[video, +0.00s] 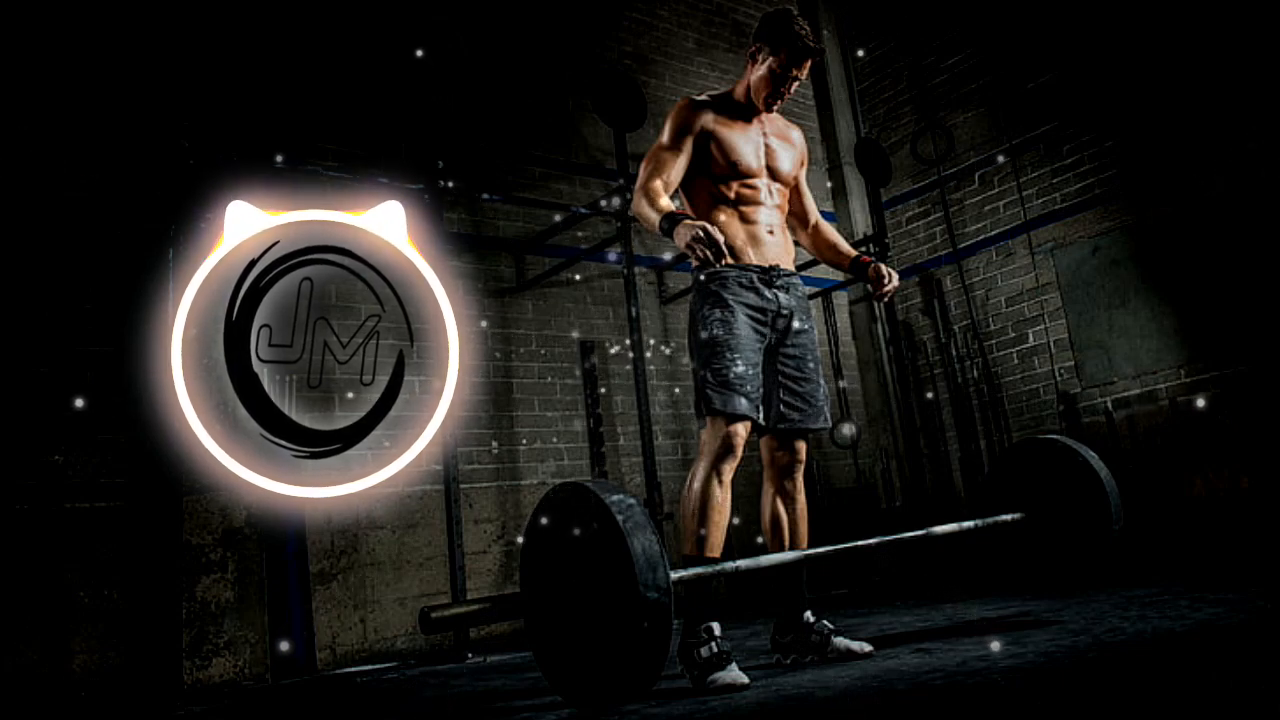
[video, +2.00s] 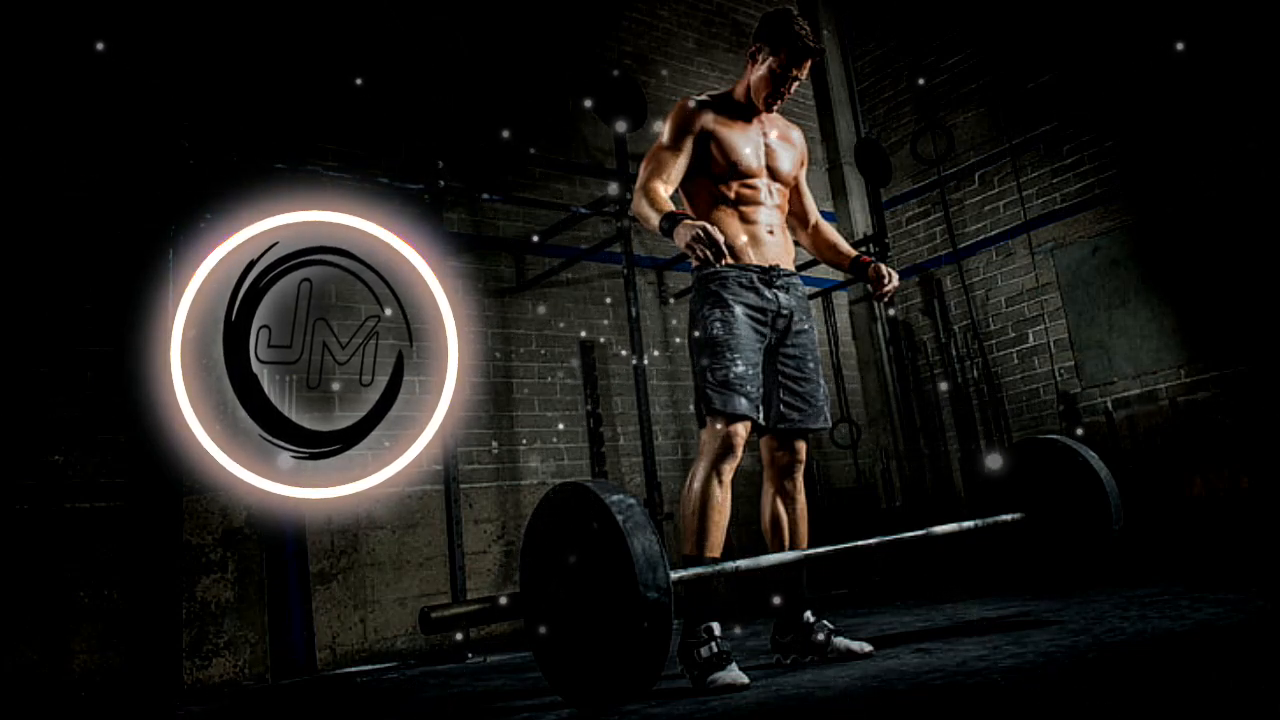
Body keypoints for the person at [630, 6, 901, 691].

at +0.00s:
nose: (789, 89)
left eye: (799, 79)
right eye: (787, 73)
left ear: (801, 76)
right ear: (756, 57)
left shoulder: (792, 137)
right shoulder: (698, 115)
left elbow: (808, 224)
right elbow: (646, 197)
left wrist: (860, 264)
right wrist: (675, 226)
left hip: (790, 297)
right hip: (730, 293)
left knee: (790, 455)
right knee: (730, 438)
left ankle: (797, 624)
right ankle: (699, 634)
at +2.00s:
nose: (788, 90)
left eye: (798, 80)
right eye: (785, 75)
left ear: (800, 77)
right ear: (756, 58)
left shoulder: (792, 136)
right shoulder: (697, 117)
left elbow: (808, 224)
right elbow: (645, 197)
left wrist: (861, 265)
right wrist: (676, 225)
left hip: (790, 297)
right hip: (730, 292)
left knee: (790, 455)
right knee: (729, 437)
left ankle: (796, 623)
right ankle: (698, 634)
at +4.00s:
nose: (793, 88)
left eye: (802, 78)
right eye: (789, 73)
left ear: (804, 76)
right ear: (757, 58)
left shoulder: (792, 136)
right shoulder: (697, 115)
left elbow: (809, 225)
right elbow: (645, 198)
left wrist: (860, 264)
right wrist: (677, 225)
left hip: (790, 297)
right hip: (730, 292)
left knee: (790, 455)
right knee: (729, 439)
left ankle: (798, 624)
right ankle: (699, 634)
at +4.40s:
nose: (794, 89)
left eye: (802, 78)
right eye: (790, 73)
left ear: (804, 76)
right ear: (757, 58)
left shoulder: (793, 137)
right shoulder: (697, 115)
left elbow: (809, 225)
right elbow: (644, 199)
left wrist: (860, 264)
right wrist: (677, 225)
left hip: (790, 297)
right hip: (730, 293)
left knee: (789, 455)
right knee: (729, 438)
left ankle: (797, 625)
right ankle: (699, 634)